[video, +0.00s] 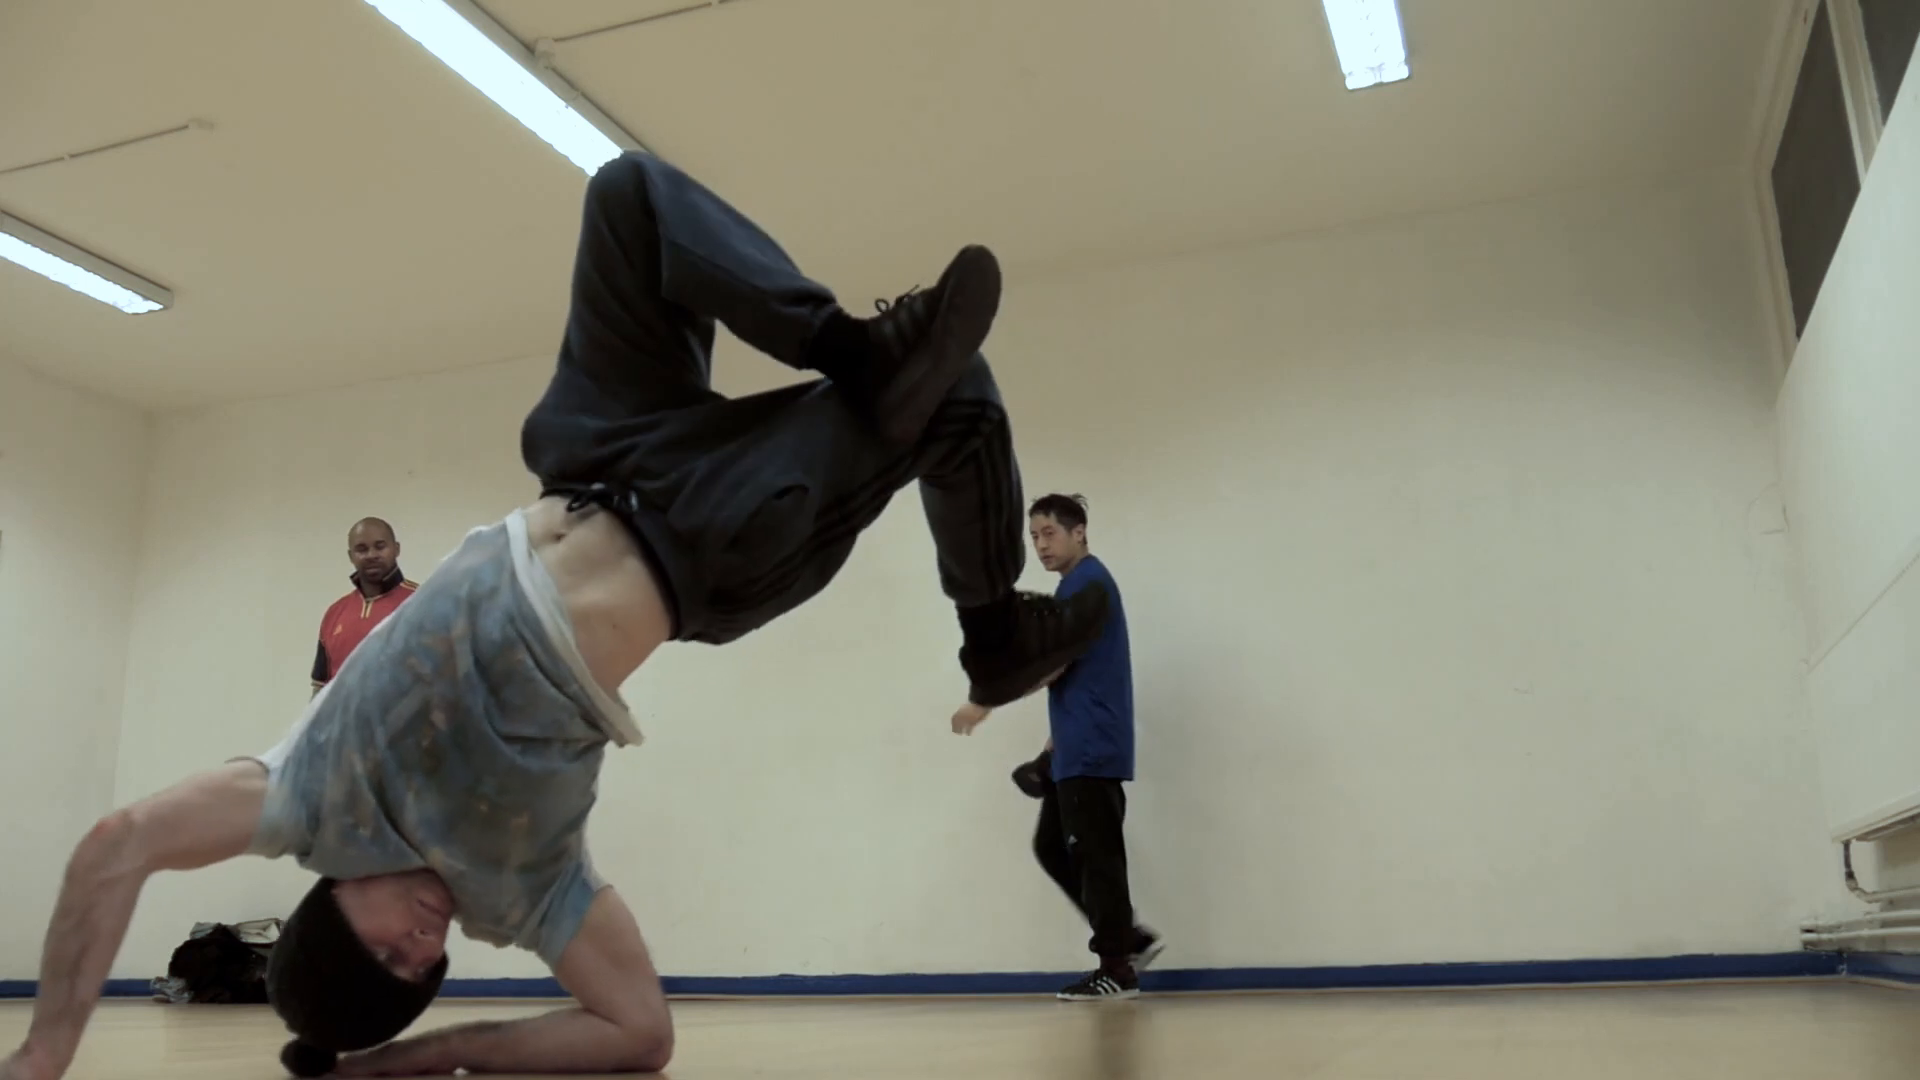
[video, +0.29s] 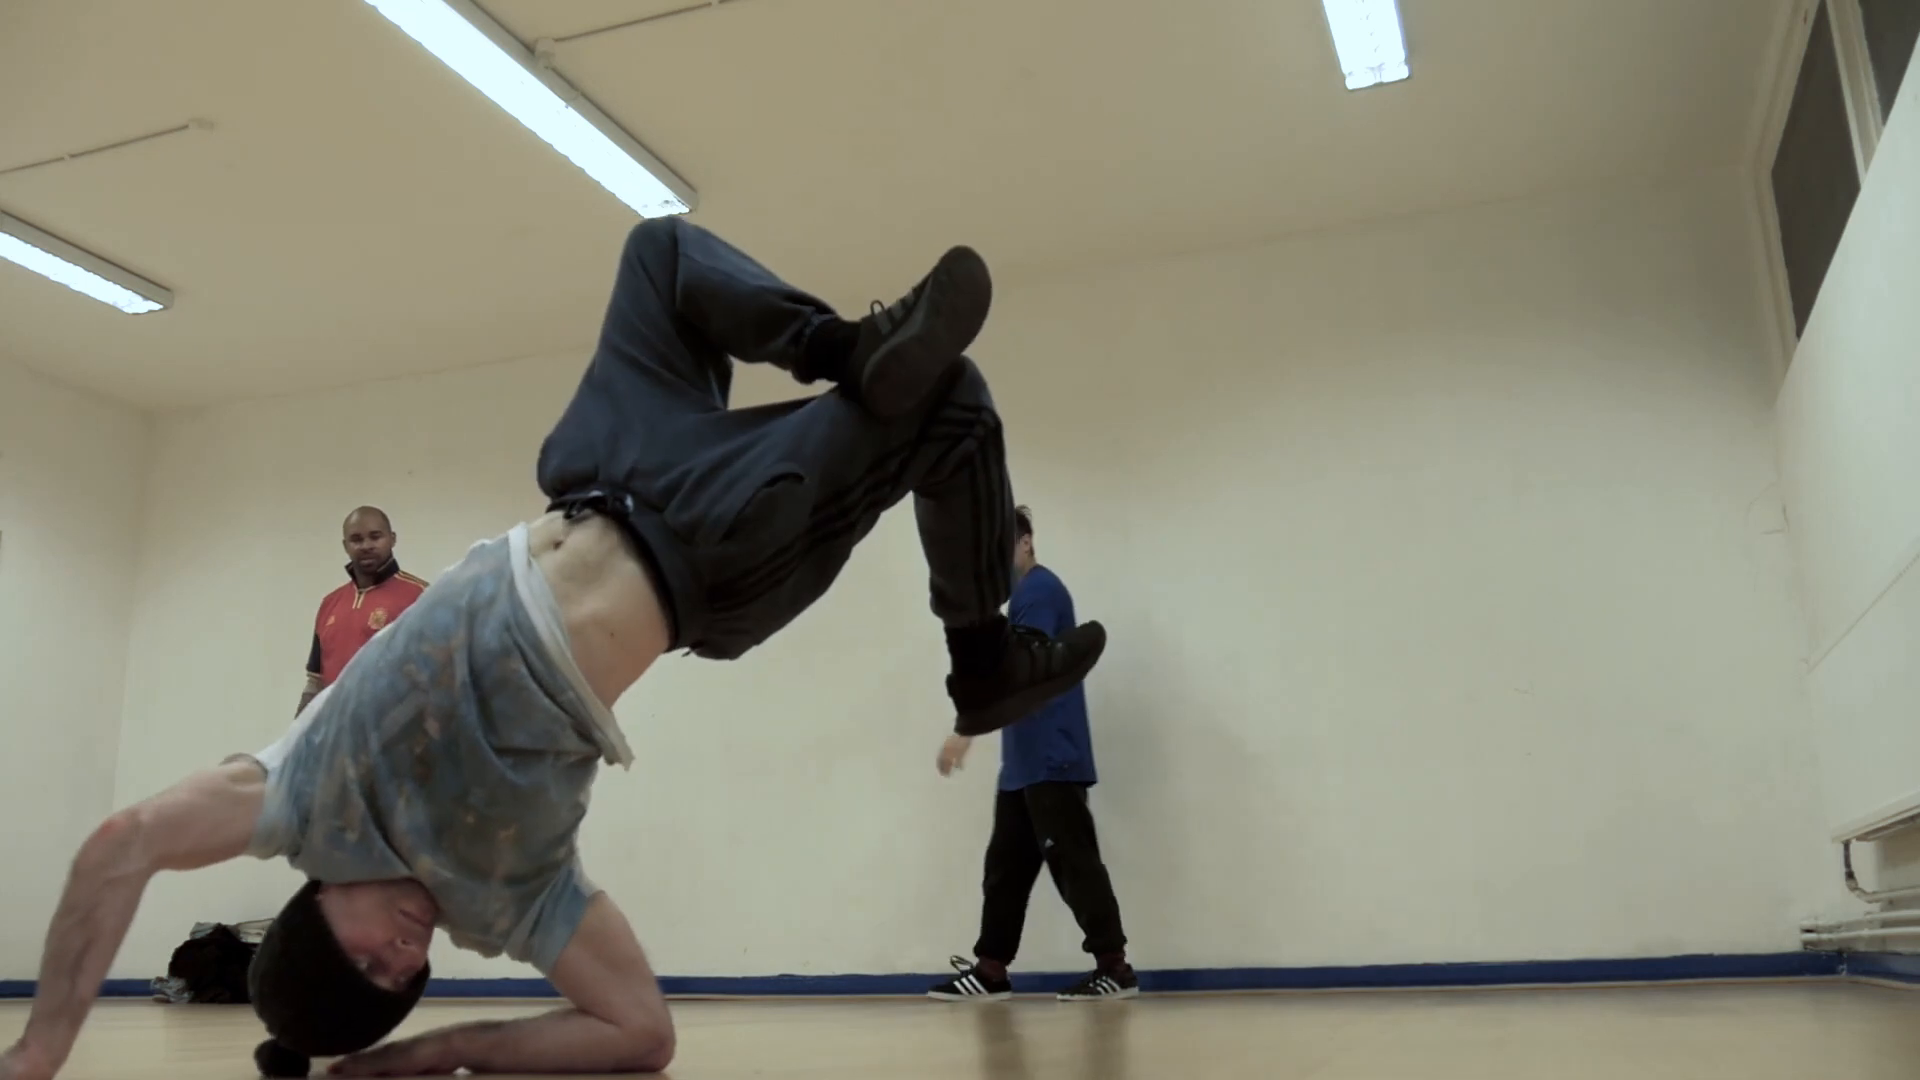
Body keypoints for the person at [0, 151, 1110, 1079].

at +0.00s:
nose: (417, 934)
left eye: (381, 942)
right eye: (413, 952)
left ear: (332, 916)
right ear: (422, 952)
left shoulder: (301, 792)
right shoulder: (533, 893)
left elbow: (110, 848)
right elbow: (641, 1037)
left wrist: (43, 1051)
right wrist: (430, 1051)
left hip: (585, 466)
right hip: (698, 558)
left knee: (633, 187)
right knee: (952, 388)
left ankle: (852, 343)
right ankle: (1000, 645)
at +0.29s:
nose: (399, 946)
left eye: (361, 956)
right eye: (396, 967)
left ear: (325, 925)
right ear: (404, 952)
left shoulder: (298, 796)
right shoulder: (527, 901)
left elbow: (118, 848)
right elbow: (641, 1042)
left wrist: (35, 1052)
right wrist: (444, 1056)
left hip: (587, 483)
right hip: (697, 571)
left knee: (660, 246)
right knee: (948, 398)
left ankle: (848, 347)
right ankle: (989, 667)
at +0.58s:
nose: (396, 958)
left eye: (359, 963)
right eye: (388, 978)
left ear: (318, 924)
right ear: (397, 955)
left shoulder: (297, 789)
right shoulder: (516, 908)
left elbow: (121, 843)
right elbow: (642, 1040)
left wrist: (34, 1050)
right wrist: (445, 1056)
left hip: (599, 498)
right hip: (712, 578)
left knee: (665, 258)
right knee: (952, 421)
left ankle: (857, 367)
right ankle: (980, 674)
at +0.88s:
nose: (375, 962)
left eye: (335, 969)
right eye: (371, 986)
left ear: (300, 928)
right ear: (379, 970)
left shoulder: (288, 795)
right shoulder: (497, 921)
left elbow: (96, 845)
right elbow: (640, 1039)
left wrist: (29, 1056)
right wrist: (435, 1059)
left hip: (610, 507)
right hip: (716, 595)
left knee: (685, 287)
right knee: (958, 445)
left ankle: (867, 394)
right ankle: (977, 709)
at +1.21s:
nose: (359, 954)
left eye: (326, 963)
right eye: (354, 981)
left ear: (296, 913)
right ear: (361, 959)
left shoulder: (292, 786)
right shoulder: (489, 914)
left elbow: (96, 842)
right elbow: (637, 1036)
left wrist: (26, 1053)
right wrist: (427, 1056)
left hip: (644, 522)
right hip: (732, 620)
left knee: (740, 320)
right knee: (980, 490)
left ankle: (917, 433)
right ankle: (969, 755)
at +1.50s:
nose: (660, 368)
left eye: (663, 316)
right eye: (606, 362)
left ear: (693, 268)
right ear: (560, 378)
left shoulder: (822, 279)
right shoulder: (586, 537)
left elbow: (1129, 270)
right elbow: (617, 820)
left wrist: (1214, 471)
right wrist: (667, 1058)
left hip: (1006, 559)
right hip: (898, 700)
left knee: (1273, 719)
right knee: (1157, 777)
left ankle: (1237, 957)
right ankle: (1158, 850)